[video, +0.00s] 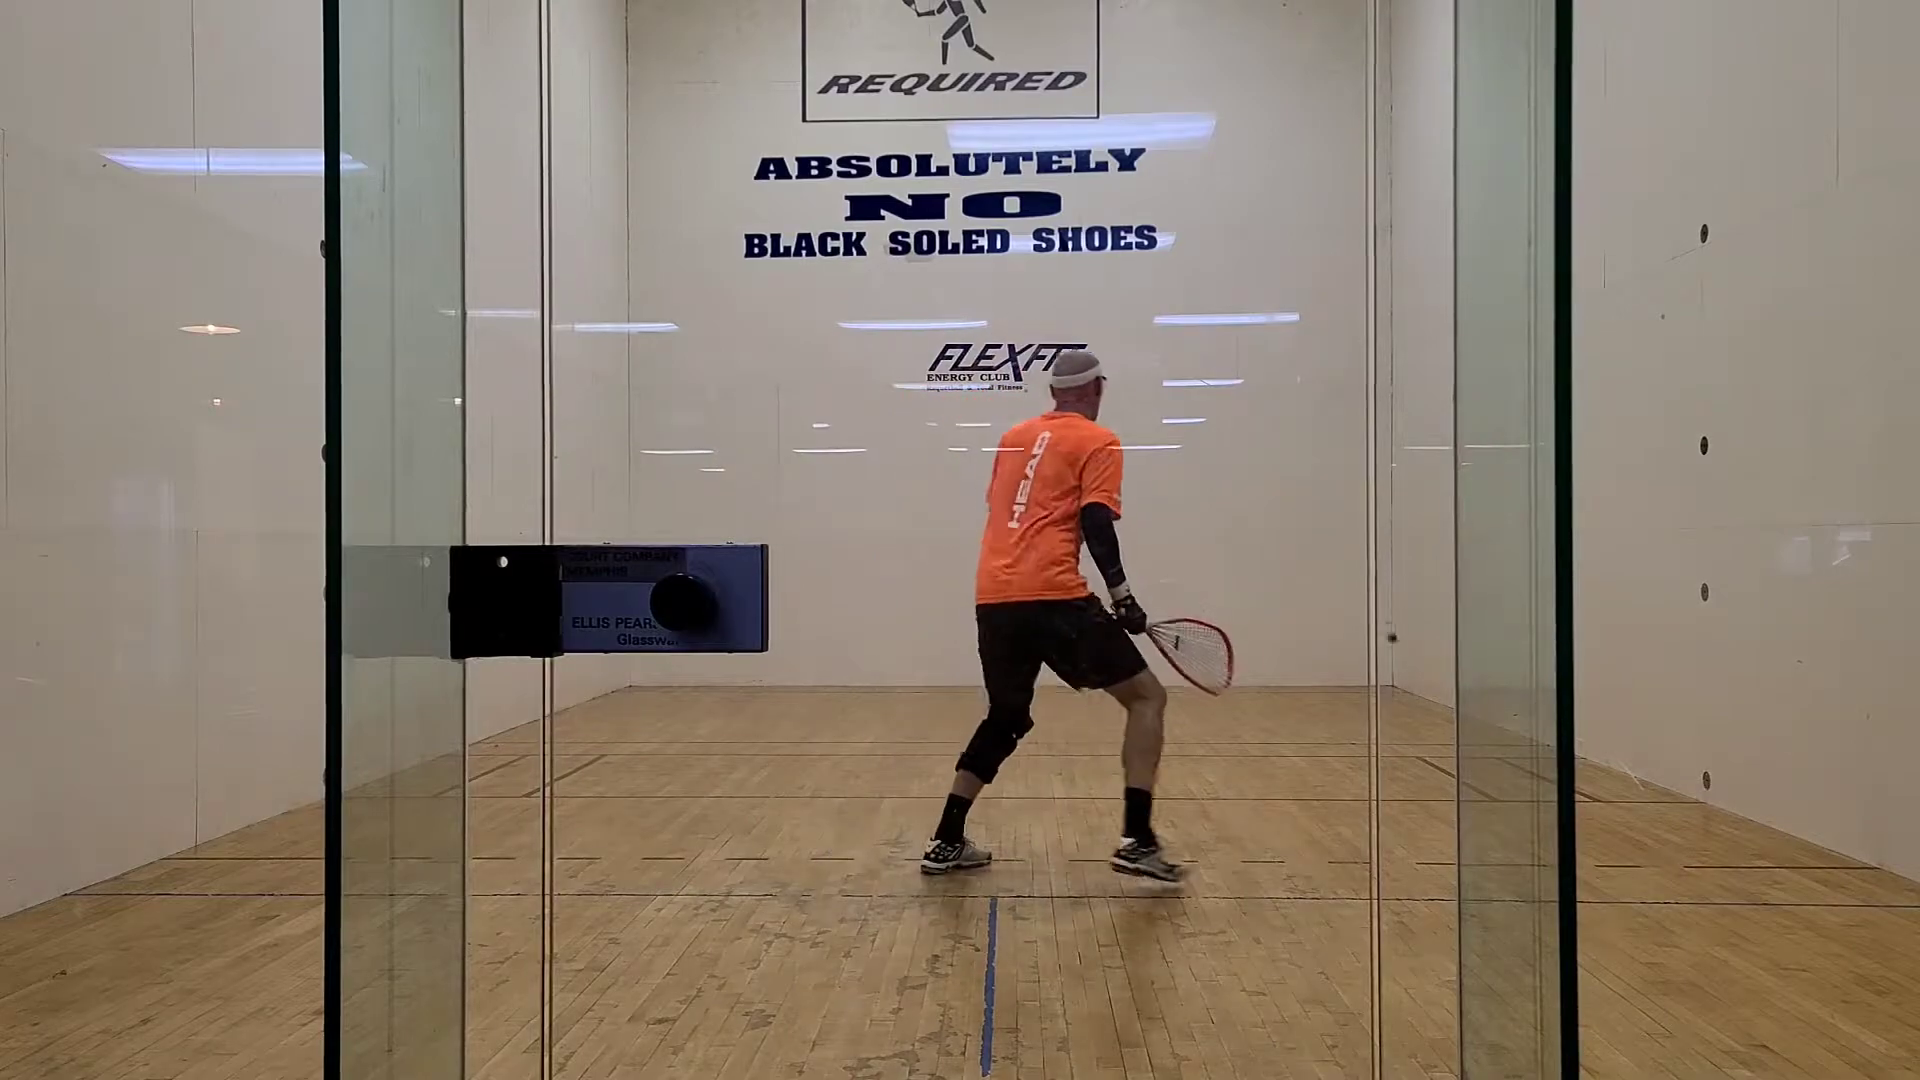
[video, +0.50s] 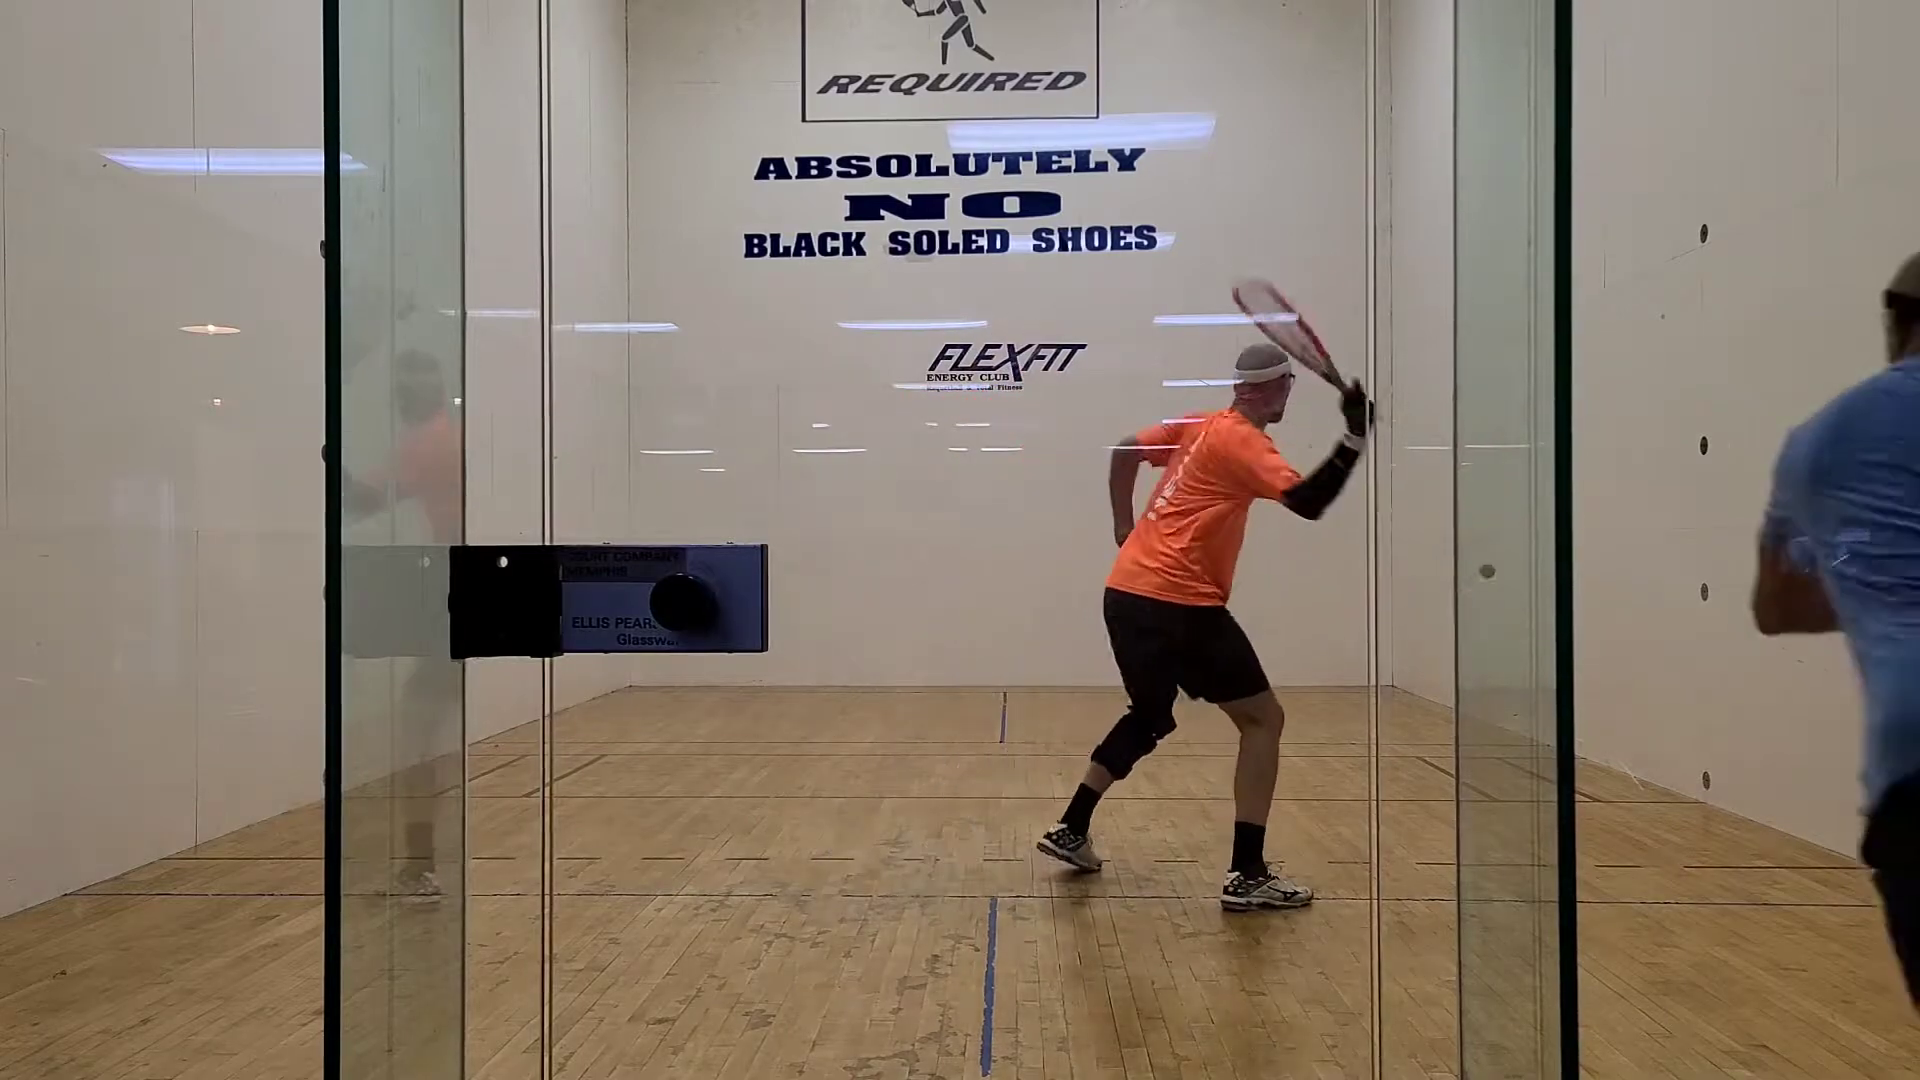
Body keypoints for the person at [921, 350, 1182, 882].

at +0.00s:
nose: (1102, 399)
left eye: (1095, 391)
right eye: (1102, 391)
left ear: (1053, 393)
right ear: (1097, 390)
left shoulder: (1013, 437)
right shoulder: (1098, 442)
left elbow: (999, 508)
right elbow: (1095, 520)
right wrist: (1122, 594)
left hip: (994, 601)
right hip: (1056, 597)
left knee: (1006, 716)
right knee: (1146, 699)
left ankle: (945, 839)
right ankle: (1138, 840)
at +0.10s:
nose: (1144, 410)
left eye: (1141, 401)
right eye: (1144, 401)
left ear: (1095, 402)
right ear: (1138, 402)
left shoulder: (1059, 446)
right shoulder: (1134, 454)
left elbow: (1057, 532)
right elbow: (1116, 525)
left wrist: (1112, 583)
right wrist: (1159, 603)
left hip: (1023, 607)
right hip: (1085, 609)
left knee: (1019, 726)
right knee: (1173, 718)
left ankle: (946, 840)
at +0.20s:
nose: (1198, 411)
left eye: (1196, 401)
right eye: (1194, 403)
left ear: (1149, 406)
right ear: (1186, 407)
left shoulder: (1125, 446)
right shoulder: (1172, 454)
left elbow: (1119, 542)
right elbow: (1147, 518)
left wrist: (1178, 583)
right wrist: (1214, 568)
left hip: (1062, 614)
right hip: (1116, 617)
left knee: (1050, 735)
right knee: (1212, 728)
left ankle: (955, 831)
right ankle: (1247, 875)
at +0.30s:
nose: (1251, 414)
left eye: (1250, 405)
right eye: (1247, 406)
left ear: (1203, 406)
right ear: (1232, 411)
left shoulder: (1184, 448)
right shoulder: (1201, 448)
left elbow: (1175, 525)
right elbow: (1173, 492)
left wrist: (1209, 577)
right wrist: (1259, 492)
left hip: (1088, 610)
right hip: (1140, 616)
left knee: (1098, 729)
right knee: (1233, 720)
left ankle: (993, 816)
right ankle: (1246, 874)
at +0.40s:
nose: (1280, 419)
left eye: (1279, 409)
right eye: (1279, 409)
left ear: (1235, 406)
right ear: (1268, 409)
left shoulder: (1207, 437)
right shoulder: (1228, 437)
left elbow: (1165, 480)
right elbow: (1217, 478)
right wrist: (1289, 435)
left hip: (1103, 605)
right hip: (1151, 611)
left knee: (1137, 723)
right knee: (1245, 718)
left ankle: (1062, 842)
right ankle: (1246, 874)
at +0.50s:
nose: (1286, 400)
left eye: (1286, 388)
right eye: (1281, 389)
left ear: (1241, 388)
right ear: (1260, 390)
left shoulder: (1202, 426)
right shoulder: (1241, 439)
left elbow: (1125, 452)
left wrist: (1123, 525)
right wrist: (1355, 437)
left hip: (1130, 592)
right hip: (1184, 602)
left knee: (1149, 715)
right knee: (1262, 720)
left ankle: (1071, 828)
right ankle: (1247, 874)